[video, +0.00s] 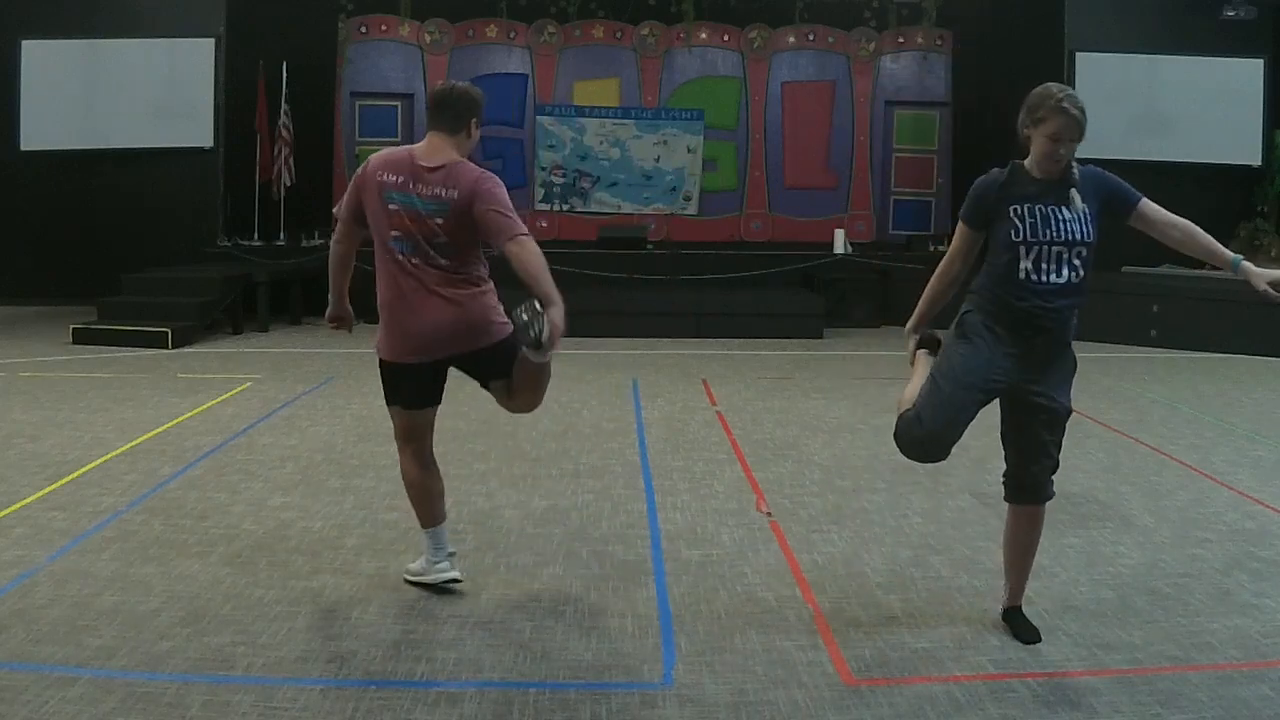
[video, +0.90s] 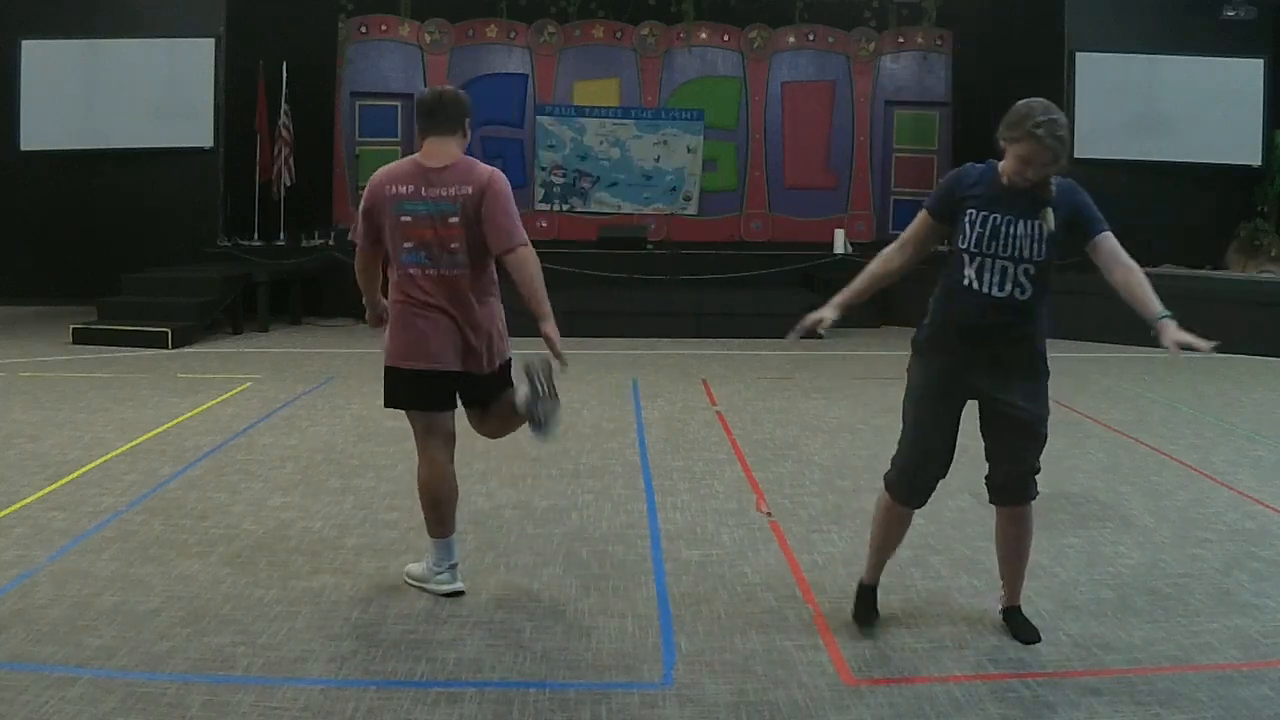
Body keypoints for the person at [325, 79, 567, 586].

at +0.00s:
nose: (479, 137)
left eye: (479, 130)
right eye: (480, 130)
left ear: (428, 121)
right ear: (471, 127)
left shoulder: (375, 168)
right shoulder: (478, 182)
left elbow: (343, 239)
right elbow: (516, 243)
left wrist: (338, 299)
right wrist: (552, 299)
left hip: (404, 335)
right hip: (473, 324)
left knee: (414, 447)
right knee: (521, 398)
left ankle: (439, 557)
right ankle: (539, 334)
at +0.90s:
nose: (471, 137)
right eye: (471, 131)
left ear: (418, 131)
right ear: (466, 131)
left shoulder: (384, 182)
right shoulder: (487, 181)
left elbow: (367, 255)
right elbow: (516, 251)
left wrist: (373, 303)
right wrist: (545, 317)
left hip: (414, 336)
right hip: (480, 333)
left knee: (433, 447)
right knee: (491, 422)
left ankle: (443, 565)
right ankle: (532, 396)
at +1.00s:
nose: (477, 134)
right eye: (479, 127)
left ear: (428, 127)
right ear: (476, 127)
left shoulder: (392, 179)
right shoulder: (497, 184)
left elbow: (366, 250)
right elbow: (527, 264)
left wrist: (376, 292)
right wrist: (556, 328)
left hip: (421, 339)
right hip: (488, 337)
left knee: (436, 446)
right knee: (497, 408)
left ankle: (443, 565)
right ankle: (542, 465)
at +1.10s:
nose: (486, 134)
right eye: (487, 126)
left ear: (437, 126)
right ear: (487, 128)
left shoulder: (405, 181)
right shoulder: (509, 187)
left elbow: (374, 249)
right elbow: (536, 266)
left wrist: (378, 294)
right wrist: (554, 320)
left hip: (428, 340)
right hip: (495, 339)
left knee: (441, 445)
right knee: (509, 423)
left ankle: (444, 564)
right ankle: (528, 538)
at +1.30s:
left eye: (463, 128)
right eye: (509, 125)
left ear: (460, 130)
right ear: (509, 129)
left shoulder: (437, 192)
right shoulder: (543, 182)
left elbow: (406, 266)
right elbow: (562, 256)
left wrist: (379, 320)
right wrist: (530, 301)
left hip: (451, 337)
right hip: (522, 338)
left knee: (435, 433)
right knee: (521, 440)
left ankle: (433, 552)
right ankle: (521, 557)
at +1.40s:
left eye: (467, 129)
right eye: (503, 125)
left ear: (461, 132)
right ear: (510, 128)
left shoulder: (447, 202)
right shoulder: (552, 172)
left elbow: (414, 274)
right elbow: (584, 234)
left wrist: (382, 335)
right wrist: (552, 283)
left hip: (461, 330)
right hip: (532, 334)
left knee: (424, 390)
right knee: (525, 440)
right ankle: (520, 559)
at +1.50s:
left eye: (462, 135)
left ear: (457, 139)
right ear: (504, 132)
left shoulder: (452, 212)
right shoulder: (551, 166)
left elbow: (421, 287)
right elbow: (594, 225)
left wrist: (389, 351)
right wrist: (572, 286)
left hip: (472, 321)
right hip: (543, 327)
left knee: (424, 347)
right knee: (529, 438)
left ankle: (403, 402)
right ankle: (520, 558)